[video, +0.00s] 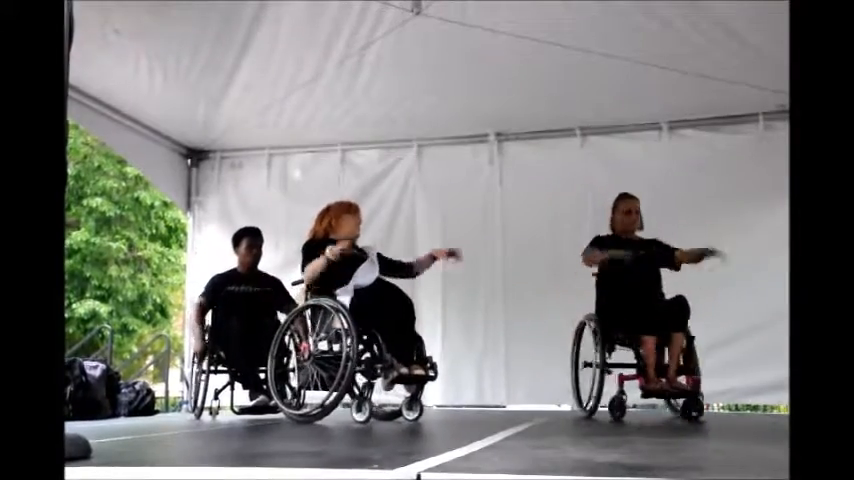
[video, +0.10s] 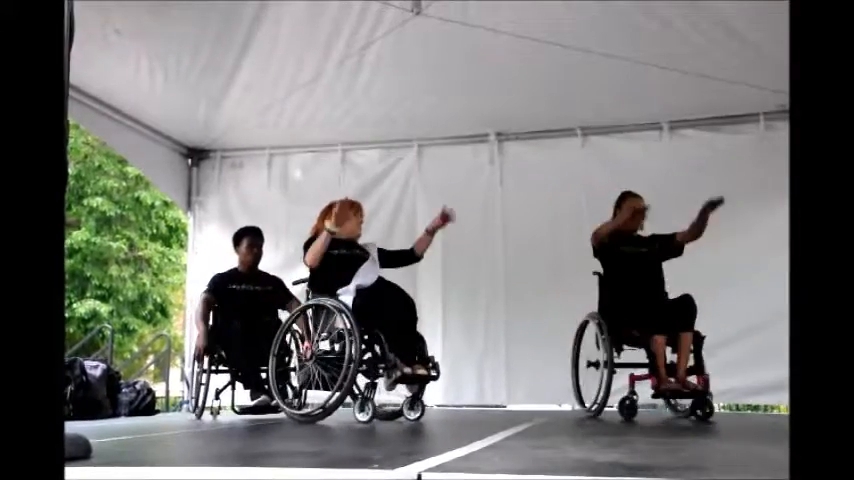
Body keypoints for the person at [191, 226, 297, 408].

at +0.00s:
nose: (256, 252)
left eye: (259, 247)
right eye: (251, 247)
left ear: (262, 249)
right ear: (237, 250)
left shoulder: (271, 284)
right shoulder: (221, 282)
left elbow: (295, 313)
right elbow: (200, 309)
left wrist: (303, 340)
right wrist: (198, 341)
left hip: (262, 340)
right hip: (230, 341)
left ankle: (278, 392)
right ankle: (256, 393)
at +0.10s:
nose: (257, 251)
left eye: (259, 246)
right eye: (251, 246)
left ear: (263, 249)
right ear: (237, 249)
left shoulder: (272, 283)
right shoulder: (221, 281)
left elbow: (296, 307)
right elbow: (204, 306)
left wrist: (307, 337)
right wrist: (202, 334)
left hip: (264, 339)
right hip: (233, 339)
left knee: (276, 329)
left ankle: (280, 392)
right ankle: (258, 393)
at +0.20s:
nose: (257, 251)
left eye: (260, 247)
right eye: (251, 247)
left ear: (263, 249)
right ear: (238, 249)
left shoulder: (272, 280)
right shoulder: (224, 278)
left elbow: (293, 290)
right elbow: (210, 291)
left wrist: (299, 299)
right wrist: (219, 302)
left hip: (268, 332)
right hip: (238, 333)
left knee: (284, 349)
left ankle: (280, 394)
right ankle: (260, 393)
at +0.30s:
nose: (258, 253)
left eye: (261, 248)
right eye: (253, 248)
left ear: (265, 250)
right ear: (240, 249)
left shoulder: (272, 276)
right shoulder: (227, 276)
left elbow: (295, 278)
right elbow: (213, 278)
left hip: (269, 336)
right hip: (239, 337)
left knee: (285, 340)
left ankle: (283, 392)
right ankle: (262, 392)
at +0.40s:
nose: (259, 254)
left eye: (263, 249)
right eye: (254, 248)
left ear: (267, 251)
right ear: (242, 246)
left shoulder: (272, 276)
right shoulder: (229, 276)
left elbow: (295, 254)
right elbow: (214, 255)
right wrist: (239, 232)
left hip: (271, 334)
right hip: (241, 336)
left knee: (286, 327)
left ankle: (287, 391)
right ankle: (266, 394)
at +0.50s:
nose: (262, 253)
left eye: (265, 247)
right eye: (256, 248)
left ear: (270, 249)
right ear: (244, 248)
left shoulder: (275, 275)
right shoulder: (230, 273)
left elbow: (299, 248)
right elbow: (210, 248)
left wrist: (281, 216)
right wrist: (238, 217)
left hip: (272, 334)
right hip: (241, 336)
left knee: (286, 322)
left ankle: (288, 390)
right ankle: (266, 392)